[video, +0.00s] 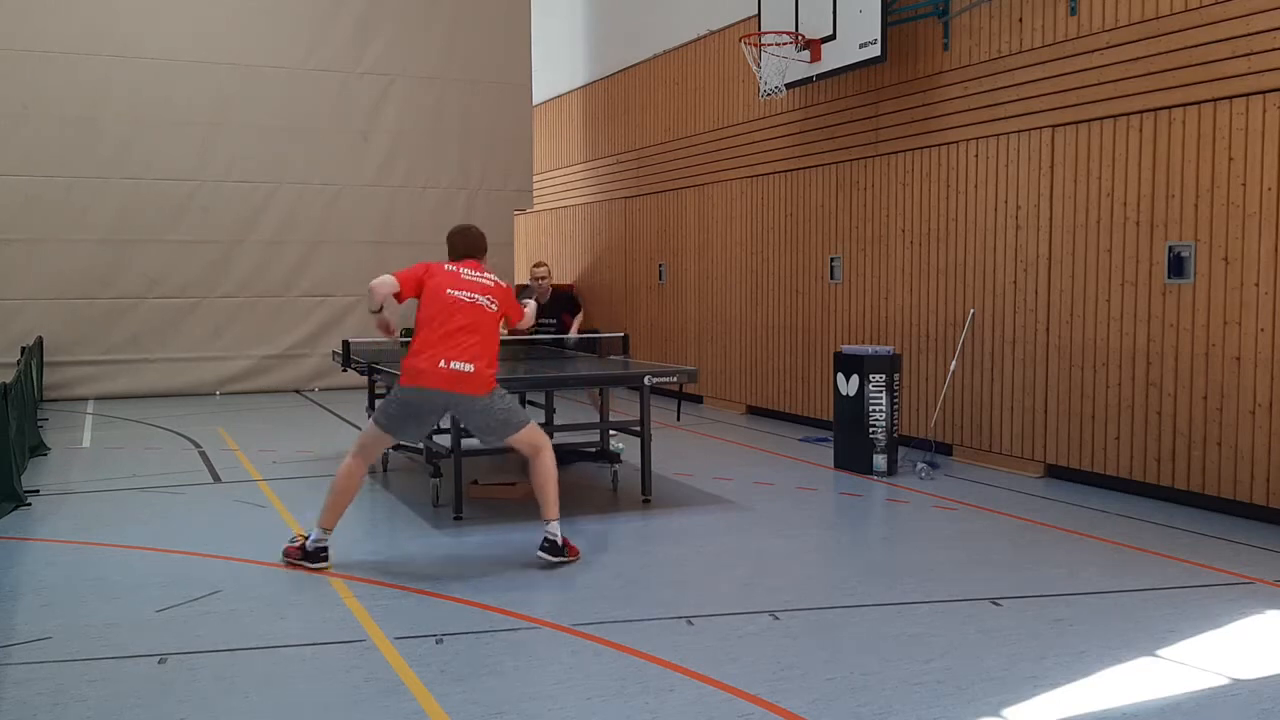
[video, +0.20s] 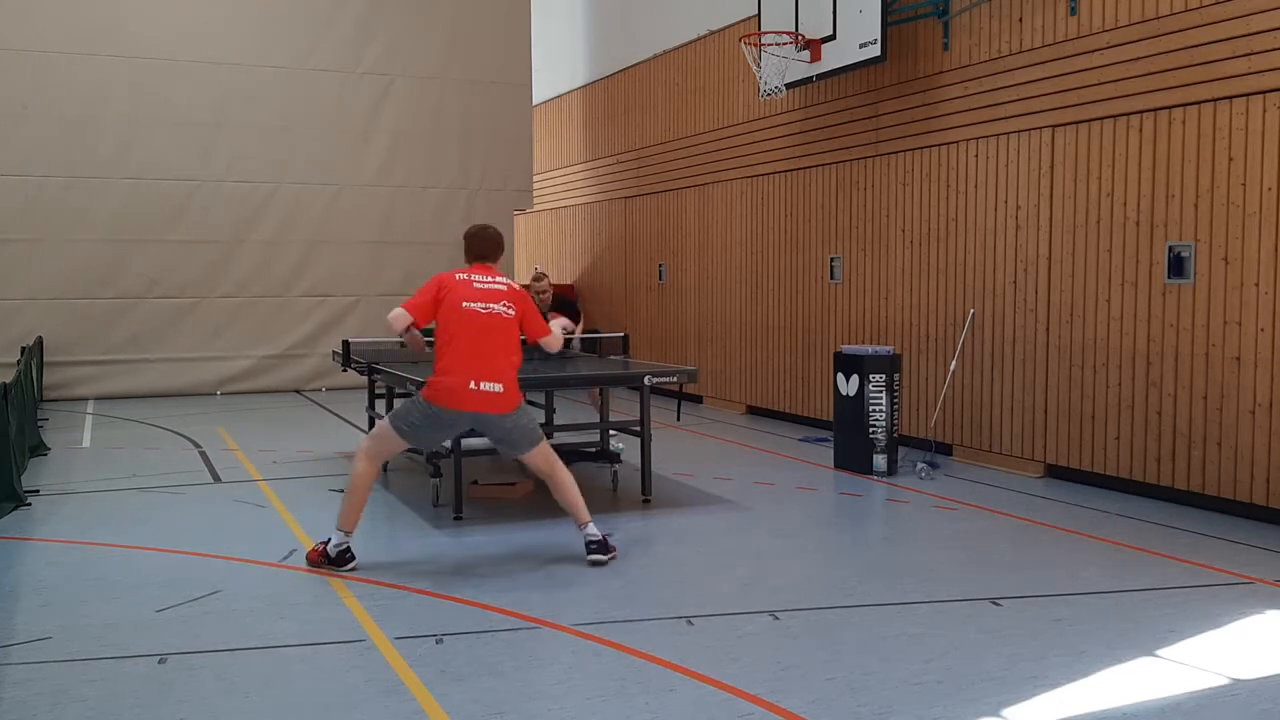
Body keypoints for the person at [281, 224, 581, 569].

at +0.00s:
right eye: (482, 252)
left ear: (449, 253)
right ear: (484, 256)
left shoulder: (431, 271)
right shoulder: (499, 287)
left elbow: (379, 287)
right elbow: (521, 324)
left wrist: (382, 316)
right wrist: (532, 306)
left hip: (420, 382)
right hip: (477, 388)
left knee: (361, 456)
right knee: (539, 446)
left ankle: (317, 541)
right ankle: (553, 536)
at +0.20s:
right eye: (501, 257)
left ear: (465, 255)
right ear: (501, 258)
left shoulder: (445, 283)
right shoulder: (515, 292)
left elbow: (397, 320)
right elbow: (552, 344)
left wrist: (414, 341)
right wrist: (560, 326)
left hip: (444, 401)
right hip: (503, 406)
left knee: (370, 451)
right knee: (551, 467)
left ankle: (339, 544)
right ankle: (593, 536)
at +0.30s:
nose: (524, 259)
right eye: (526, 253)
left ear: (490, 251)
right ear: (523, 255)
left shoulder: (463, 278)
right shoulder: (536, 290)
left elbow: (415, 320)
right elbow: (562, 355)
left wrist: (441, 328)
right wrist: (584, 359)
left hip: (460, 396)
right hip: (517, 398)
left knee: (394, 459)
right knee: (572, 454)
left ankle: (346, 544)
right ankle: (602, 528)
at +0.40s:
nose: (559, 264)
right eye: (560, 258)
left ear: (522, 252)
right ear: (556, 257)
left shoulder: (489, 278)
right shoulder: (556, 291)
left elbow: (455, 328)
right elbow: (559, 357)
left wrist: (492, 342)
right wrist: (589, 391)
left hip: (471, 386)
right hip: (523, 387)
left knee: (416, 457)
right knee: (589, 447)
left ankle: (371, 535)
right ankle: (626, 531)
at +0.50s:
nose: (588, 286)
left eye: (586, 280)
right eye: (589, 280)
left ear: (554, 270)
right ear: (585, 278)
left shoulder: (521, 294)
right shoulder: (566, 305)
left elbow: (513, 347)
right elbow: (550, 363)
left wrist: (561, 362)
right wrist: (586, 412)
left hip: (484, 405)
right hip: (535, 409)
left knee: (441, 472)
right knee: (609, 452)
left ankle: (385, 540)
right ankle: (641, 535)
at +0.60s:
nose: (597, 297)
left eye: (599, 290)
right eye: (599, 290)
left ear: (565, 277)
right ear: (592, 285)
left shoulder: (528, 304)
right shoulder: (564, 310)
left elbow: (517, 358)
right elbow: (538, 365)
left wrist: (565, 367)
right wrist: (584, 402)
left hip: (491, 416)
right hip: (538, 416)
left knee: (451, 484)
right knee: (618, 450)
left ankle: (385, 543)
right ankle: (643, 536)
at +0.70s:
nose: (584, 283)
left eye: (586, 274)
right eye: (586, 273)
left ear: (551, 262)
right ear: (573, 266)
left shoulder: (513, 287)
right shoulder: (553, 295)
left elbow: (512, 347)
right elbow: (551, 359)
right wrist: (610, 372)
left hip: (483, 408)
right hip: (534, 410)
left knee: (438, 473)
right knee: (609, 447)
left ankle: (378, 540)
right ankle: (641, 536)